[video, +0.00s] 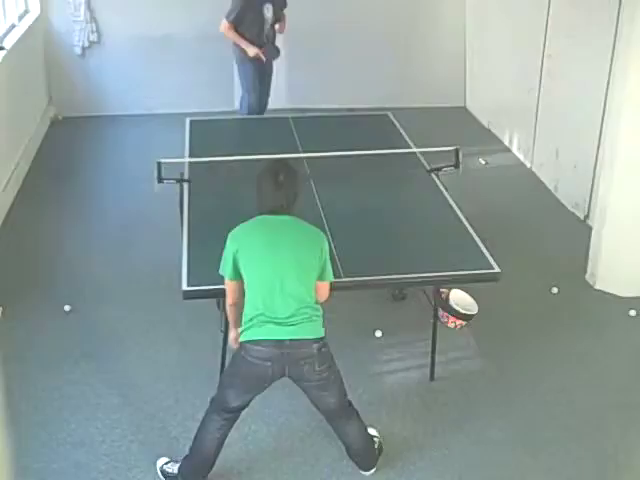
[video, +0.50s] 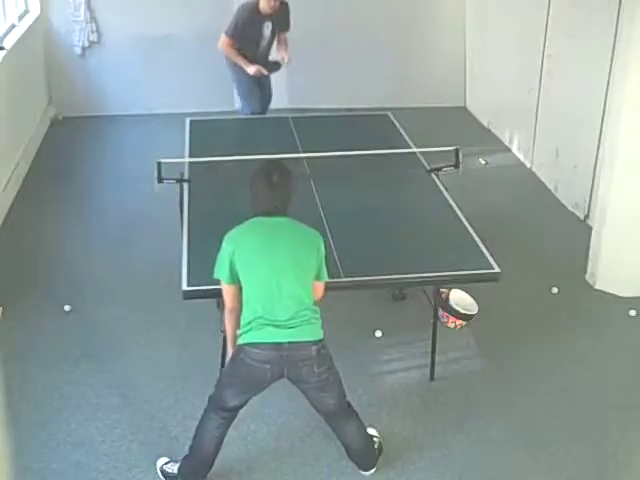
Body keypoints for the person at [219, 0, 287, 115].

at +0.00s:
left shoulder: (277, 2)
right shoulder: (242, 3)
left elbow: (280, 14)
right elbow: (226, 27)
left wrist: (280, 24)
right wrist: (248, 47)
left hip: (267, 52)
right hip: (246, 53)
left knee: (263, 101)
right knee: (252, 100)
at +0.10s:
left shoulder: (277, 2)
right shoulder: (242, 3)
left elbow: (280, 14)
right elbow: (226, 28)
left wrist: (282, 22)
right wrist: (248, 48)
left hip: (267, 53)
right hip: (246, 54)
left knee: (263, 101)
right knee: (252, 101)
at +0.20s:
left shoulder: (278, 2)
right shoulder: (244, 3)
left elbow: (279, 15)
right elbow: (226, 31)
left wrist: (282, 25)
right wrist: (250, 51)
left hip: (265, 56)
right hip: (245, 56)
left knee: (263, 105)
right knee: (252, 104)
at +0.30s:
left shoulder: (279, 3)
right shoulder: (245, 5)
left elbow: (279, 23)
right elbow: (225, 37)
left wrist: (282, 34)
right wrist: (250, 54)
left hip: (264, 58)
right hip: (244, 59)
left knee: (263, 102)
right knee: (253, 103)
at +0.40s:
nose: (271, 6)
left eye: (273, 4)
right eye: (270, 3)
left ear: (277, 3)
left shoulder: (280, 5)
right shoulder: (246, 7)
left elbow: (279, 28)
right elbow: (225, 39)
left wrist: (283, 41)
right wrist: (250, 60)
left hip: (262, 60)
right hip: (241, 60)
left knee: (264, 106)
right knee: (252, 108)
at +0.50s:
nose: (274, 4)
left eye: (278, 1)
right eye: (271, 0)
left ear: (281, 2)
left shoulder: (283, 8)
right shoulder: (246, 11)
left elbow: (281, 34)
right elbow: (224, 44)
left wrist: (283, 52)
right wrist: (248, 66)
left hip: (262, 63)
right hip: (239, 62)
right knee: (251, 108)